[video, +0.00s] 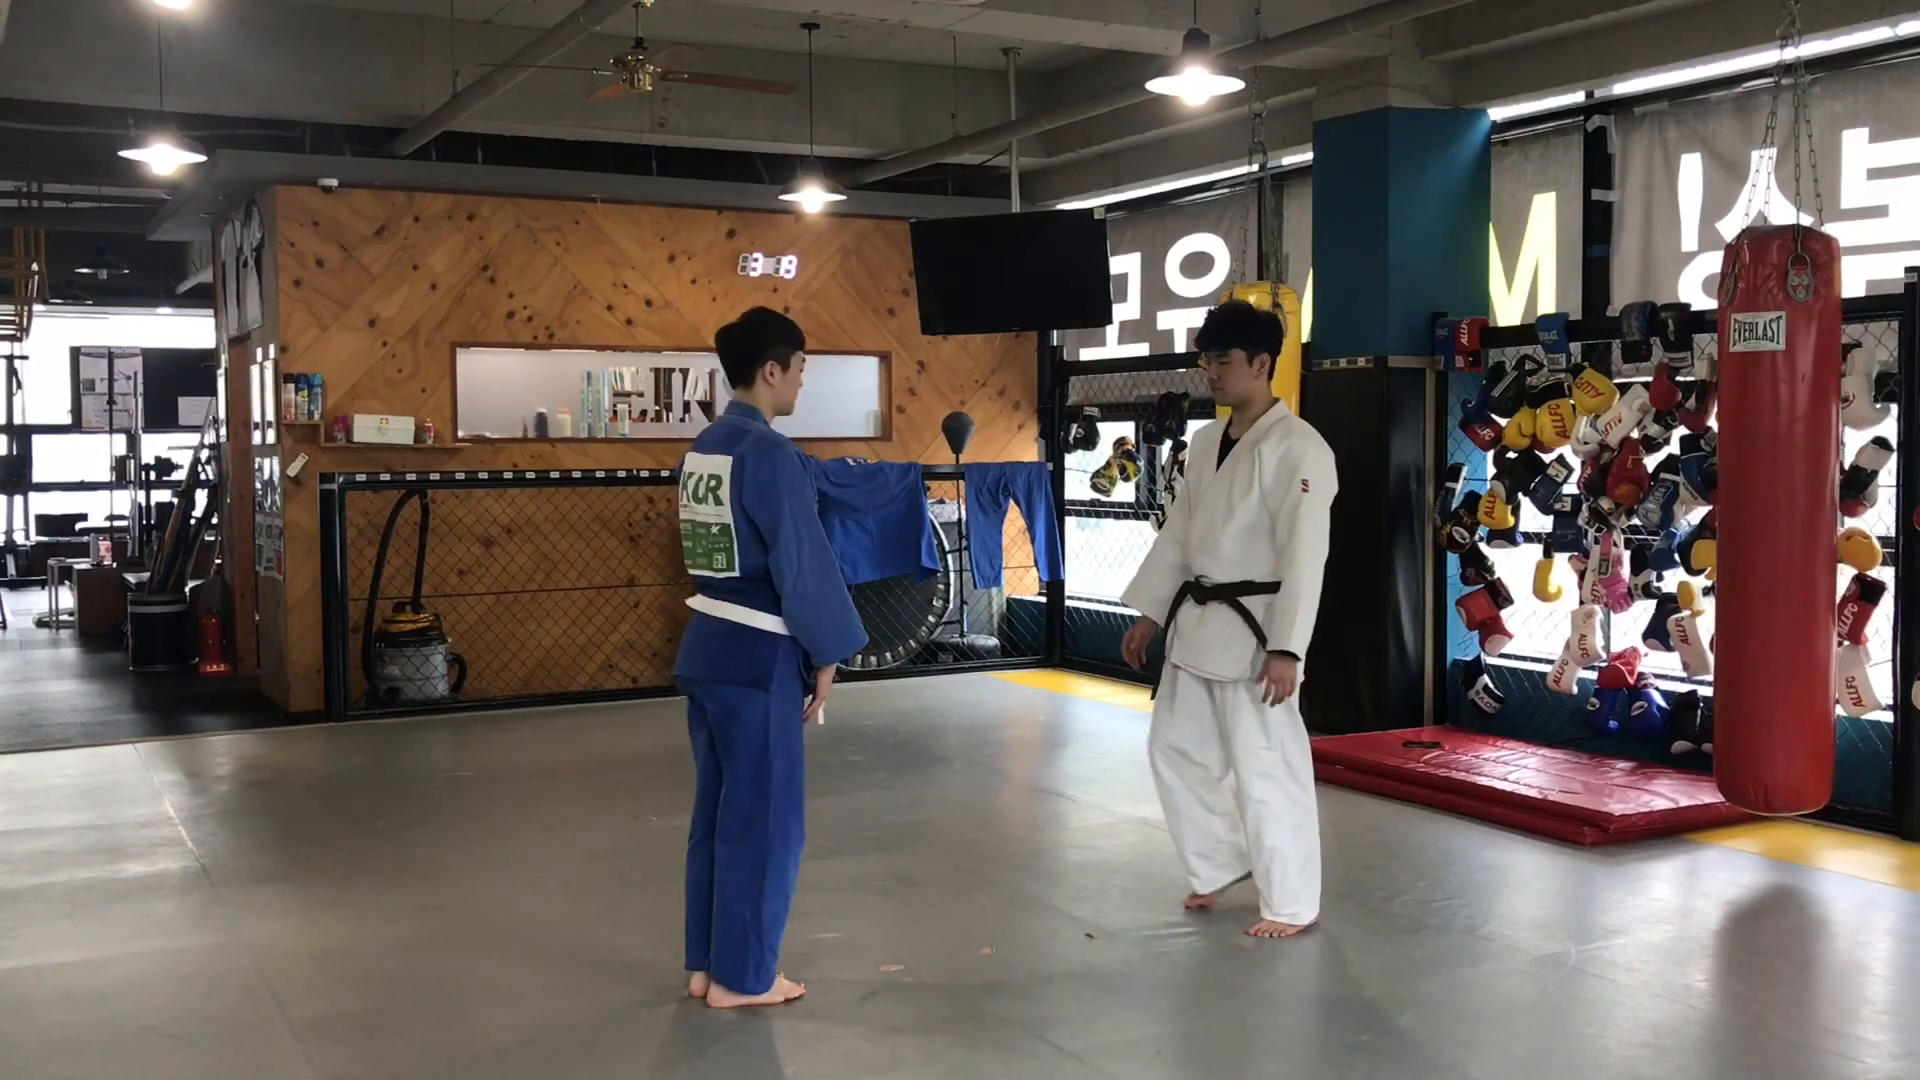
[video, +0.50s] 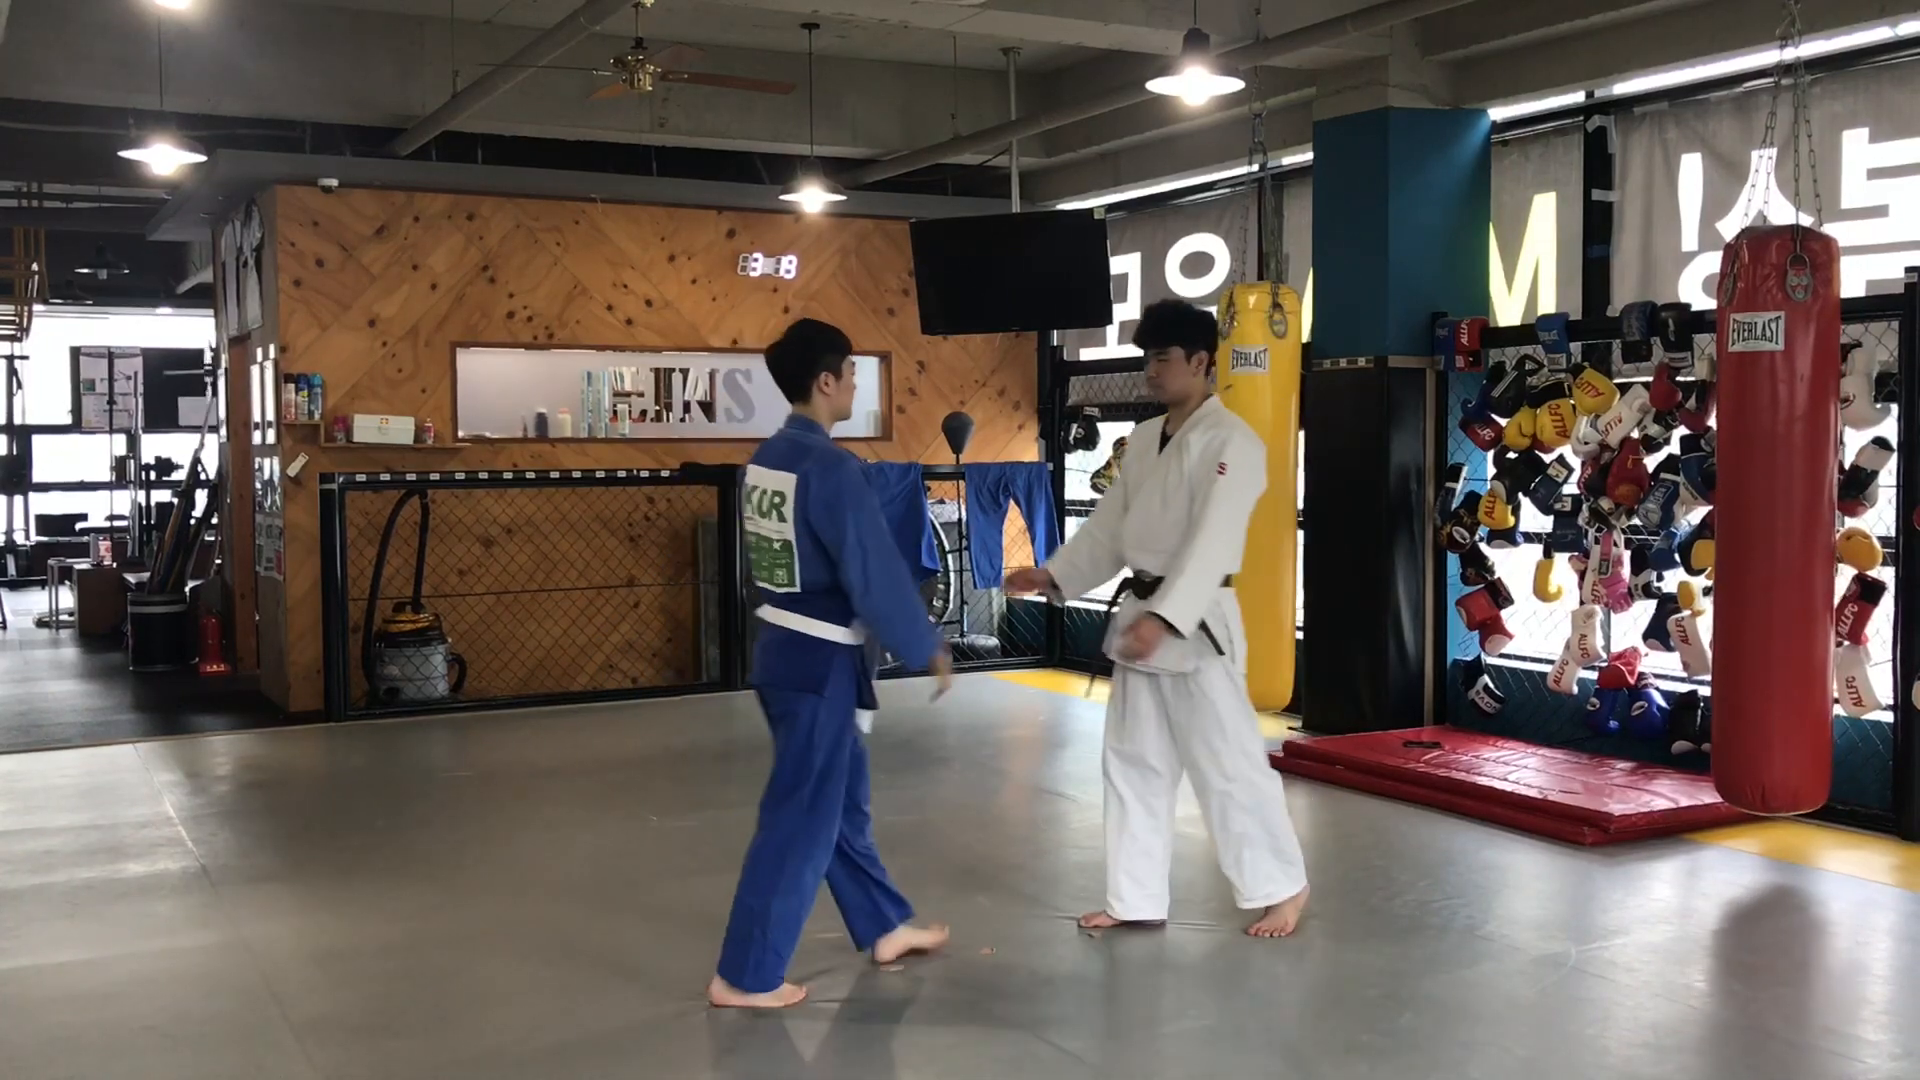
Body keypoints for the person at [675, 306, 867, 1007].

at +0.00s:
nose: (802, 382)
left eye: (801, 369)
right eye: (799, 369)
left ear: (740, 372)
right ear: (773, 370)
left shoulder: (707, 448)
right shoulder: (771, 454)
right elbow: (802, 566)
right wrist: (826, 655)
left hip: (707, 657)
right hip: (758, 664)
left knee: (717, 815)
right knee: (765, 821)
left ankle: (705, 967)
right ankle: (743, 976)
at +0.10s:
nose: (803, 377)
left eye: (801, 364)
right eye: (798, 365)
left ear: (742, 372)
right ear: (773, 369)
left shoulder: (713, 448)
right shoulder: (774, 454)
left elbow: (829, 488)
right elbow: (803, 566)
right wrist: (830, 656)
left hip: (715, 658)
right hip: (766, 667)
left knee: (724, 817)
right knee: (769, 824)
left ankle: (707, 966)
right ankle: (743, 978)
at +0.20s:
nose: (812, 381)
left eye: (809, 368)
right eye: (808, 368)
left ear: (750, 376)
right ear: (783, 373)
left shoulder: (719, 453)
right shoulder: (787, 460)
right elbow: (812, 574)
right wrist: (835, 667)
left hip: (722, 664)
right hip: (773, 671)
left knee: (747, 814)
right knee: (772, 823)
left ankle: (738, 953)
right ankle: (740, 980)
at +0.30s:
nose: (825, 381)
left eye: (822, 368)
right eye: (820, 369)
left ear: (763, 376)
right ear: (796, 374)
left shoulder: (733, 452)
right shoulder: (803, 461)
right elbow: (825, 577)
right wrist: (850, 670)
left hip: (734, 660)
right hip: (785, 667)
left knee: (799, 799)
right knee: (773, 817)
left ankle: (817, 937)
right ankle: (739, 980)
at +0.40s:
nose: (840, 383)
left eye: (838, 371)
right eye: (834, 372)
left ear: (782, 379)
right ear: (809, 377)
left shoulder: (748, 456)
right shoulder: (820, 465)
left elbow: (762, 560)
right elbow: (848, 578)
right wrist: (879, 667)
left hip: (752, 658)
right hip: (801, 666)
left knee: (824, 796)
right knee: (784, 814)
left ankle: (866, 922)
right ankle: (740, 978)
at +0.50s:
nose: (854, 385)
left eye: (852, 373)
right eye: (849, 374)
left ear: (796, 384)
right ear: (826, 381)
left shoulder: (770, 457)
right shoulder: (833, 467)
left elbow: (785, 558)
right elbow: (874, 572)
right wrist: (927, 645)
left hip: (778, 657)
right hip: (821, 665)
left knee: (842, 799)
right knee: (803, 813)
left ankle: (883, 928)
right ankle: (744, 975)